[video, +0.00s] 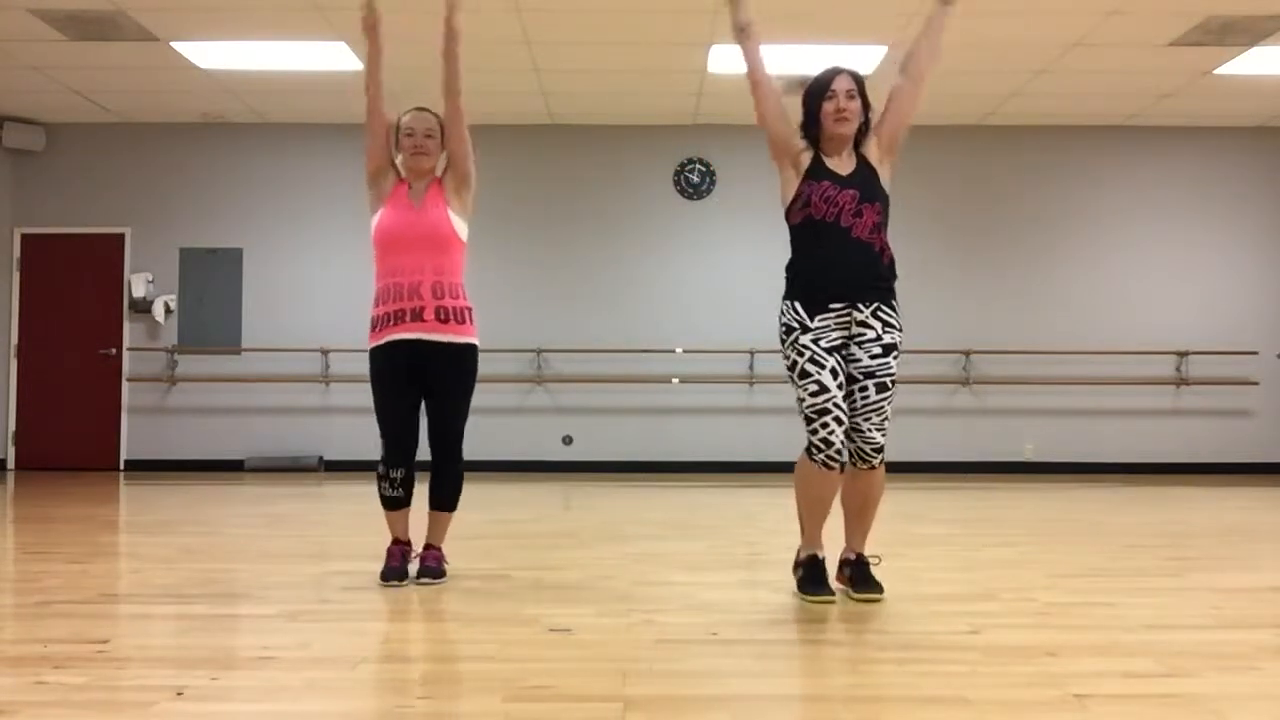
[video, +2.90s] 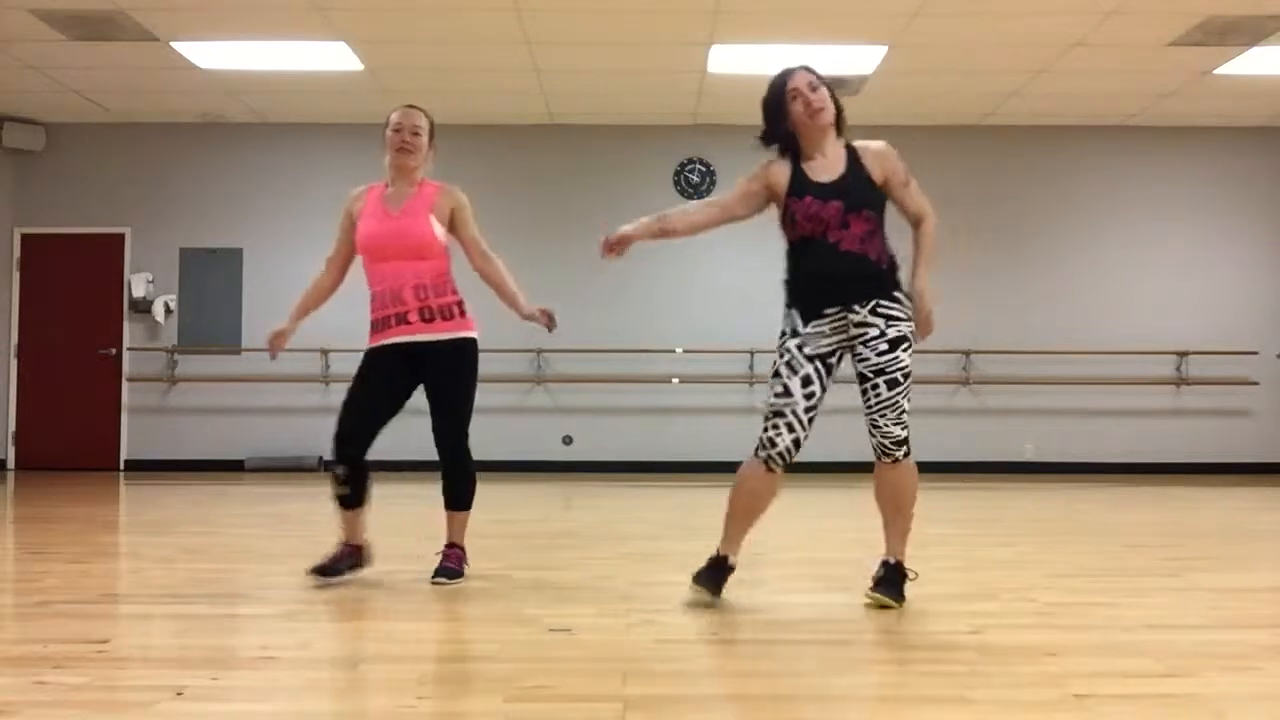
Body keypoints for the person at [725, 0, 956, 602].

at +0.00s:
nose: (843, 103)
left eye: (852, 96)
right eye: (830, 96)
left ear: (864, 110)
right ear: (814, 112)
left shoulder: (878, 158)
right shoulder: (795, 160)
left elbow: (915, 75)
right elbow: (761, 86)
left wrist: (943, 8)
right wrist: (745, 31)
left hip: (875, 315)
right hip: (811, 316)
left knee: (869, 438)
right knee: (829, 434)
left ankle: (854, 557)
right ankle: (810, 555)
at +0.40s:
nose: (844, 107)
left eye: (853, 98)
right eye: (833, 99)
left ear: (867, 109)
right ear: (816, 110)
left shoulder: (884, 157)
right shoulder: (795, 160)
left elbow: (951, 105)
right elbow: (734, 115)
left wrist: (1017, 58)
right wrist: (672, 63)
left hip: (874, 317)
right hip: (809, 318)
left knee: (867, 439)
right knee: (819, 436)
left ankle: (853, 554)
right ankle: (809, 559)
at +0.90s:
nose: (847, 101)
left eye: (856, 93)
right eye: (836, 93)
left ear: (868, 105)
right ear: (817, 106)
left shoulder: (888, 161)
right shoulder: (793, 161)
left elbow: (961, 153)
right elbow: (714, 156)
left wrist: (1039, 145)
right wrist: (637, 147)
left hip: (875, 315)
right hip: (810, 316)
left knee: (875, 441)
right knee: (829, 438)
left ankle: (854, 553)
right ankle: (817, 559)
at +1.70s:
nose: (851, 100)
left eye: (861, 92)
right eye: (841, 91)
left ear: (874, 104)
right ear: (823, 104)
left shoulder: (894, 165)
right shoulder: (796, 167)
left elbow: (962, 202)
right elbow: (723, 206)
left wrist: (1032, 236)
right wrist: (654, 234)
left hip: (884, 315)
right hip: (818, 316)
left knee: (877, 441)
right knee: (836, 439)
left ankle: (858, 556)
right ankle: (825, 559)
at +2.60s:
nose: (847, 100)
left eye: (849, 89)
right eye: (832, 101)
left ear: (867, 94)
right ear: (822, 122)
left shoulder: (910, 157)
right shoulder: (818, 175)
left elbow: (954, 226)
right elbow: (760, 230)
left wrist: (954, 285)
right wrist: (696, 243)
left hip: (896, 317)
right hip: (828, 319)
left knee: (888, 446)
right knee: (829, 443)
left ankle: (869, 565)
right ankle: (823, 556)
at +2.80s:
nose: (822, 91)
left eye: (824, 80)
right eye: (807, 93)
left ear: (841, 87)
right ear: (796, 116)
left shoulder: (892, 145)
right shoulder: (792, 170)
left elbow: (936, 216)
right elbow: (728, 209)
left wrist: (936, 295)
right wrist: (654, 221)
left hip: (889, 307)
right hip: (818, 309)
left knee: (889, 434)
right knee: (789, 429)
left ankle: (889, 562)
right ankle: (751, 547)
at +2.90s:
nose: (810, 96)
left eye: (815, 87)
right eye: (796, 96)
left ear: (833, 97)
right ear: (783, 119)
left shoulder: (876, 157)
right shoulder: (777, 176)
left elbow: (925, 218)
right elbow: (707, 213)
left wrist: (919, 288)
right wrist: (638, 229)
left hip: (880, 313)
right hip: (810, 321)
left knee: (891, 438)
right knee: (778, 444)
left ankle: (894, 564)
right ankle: (724, 558)